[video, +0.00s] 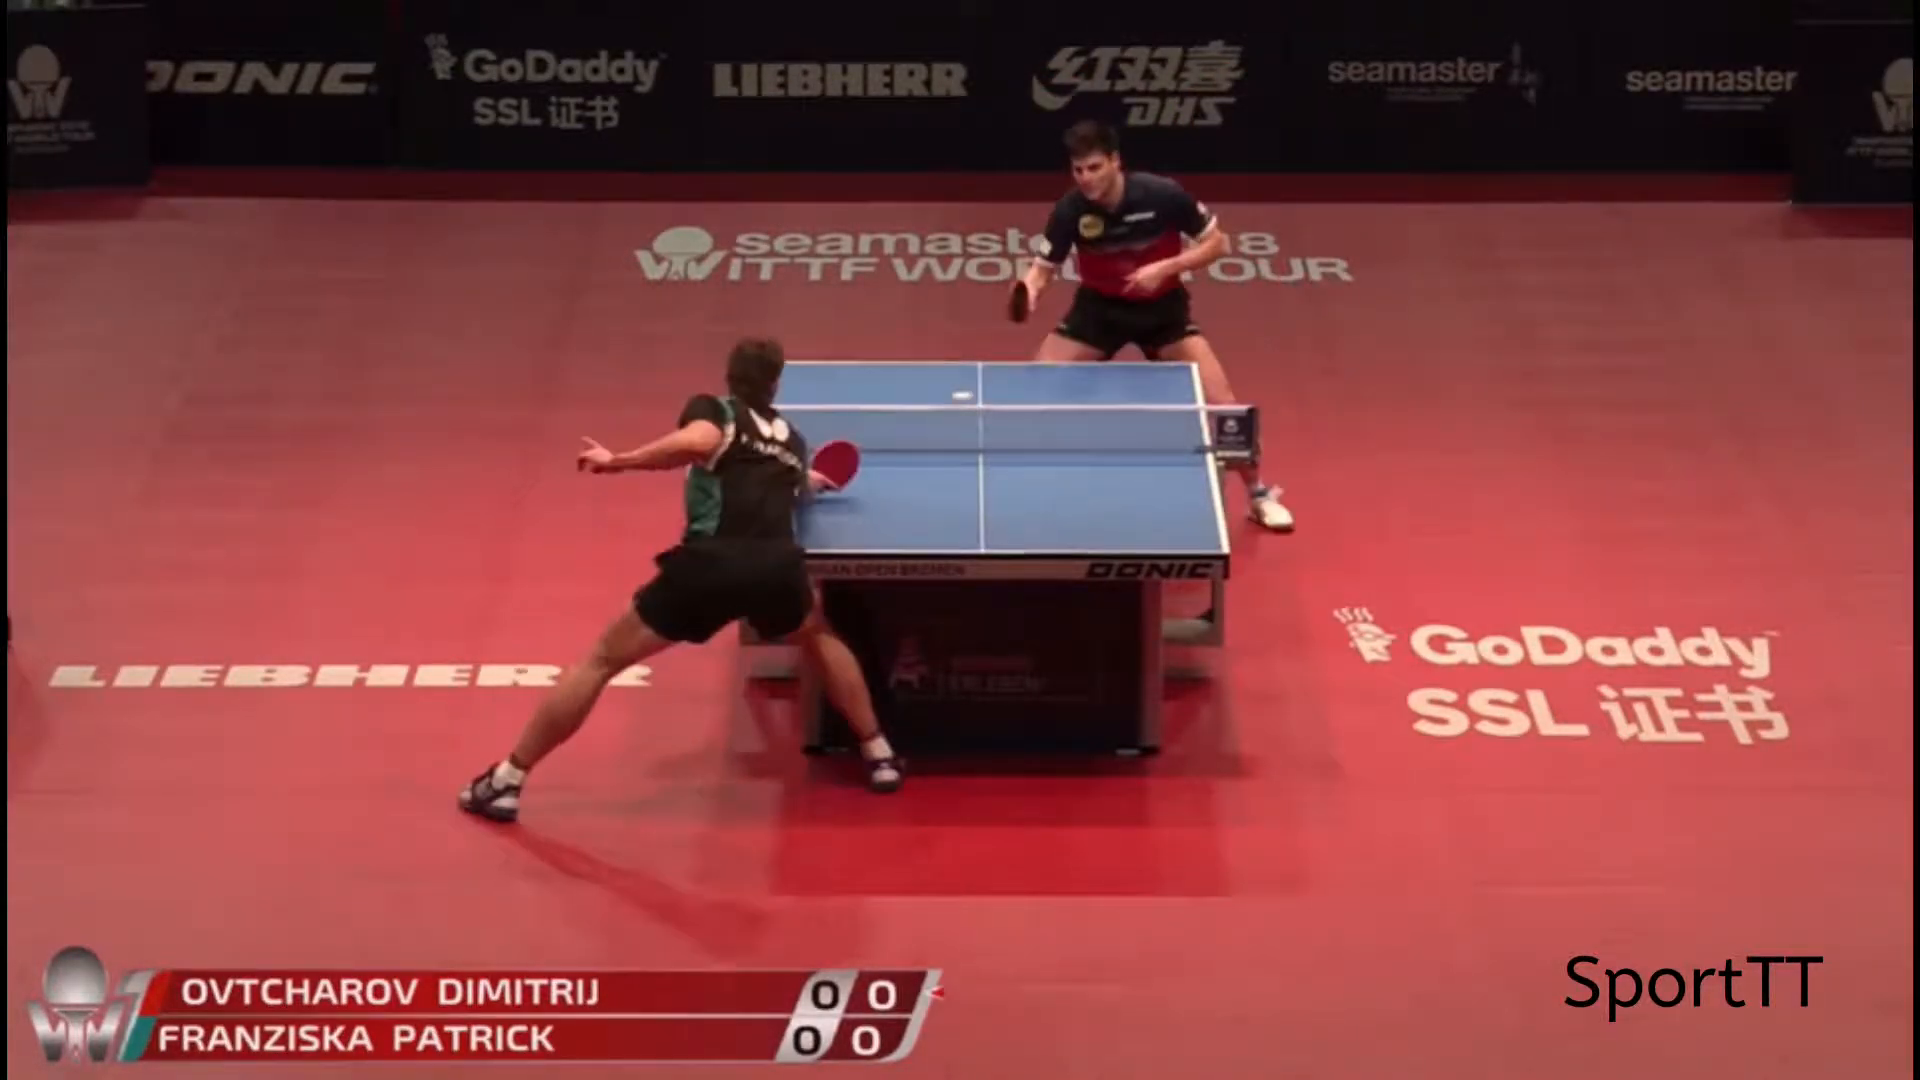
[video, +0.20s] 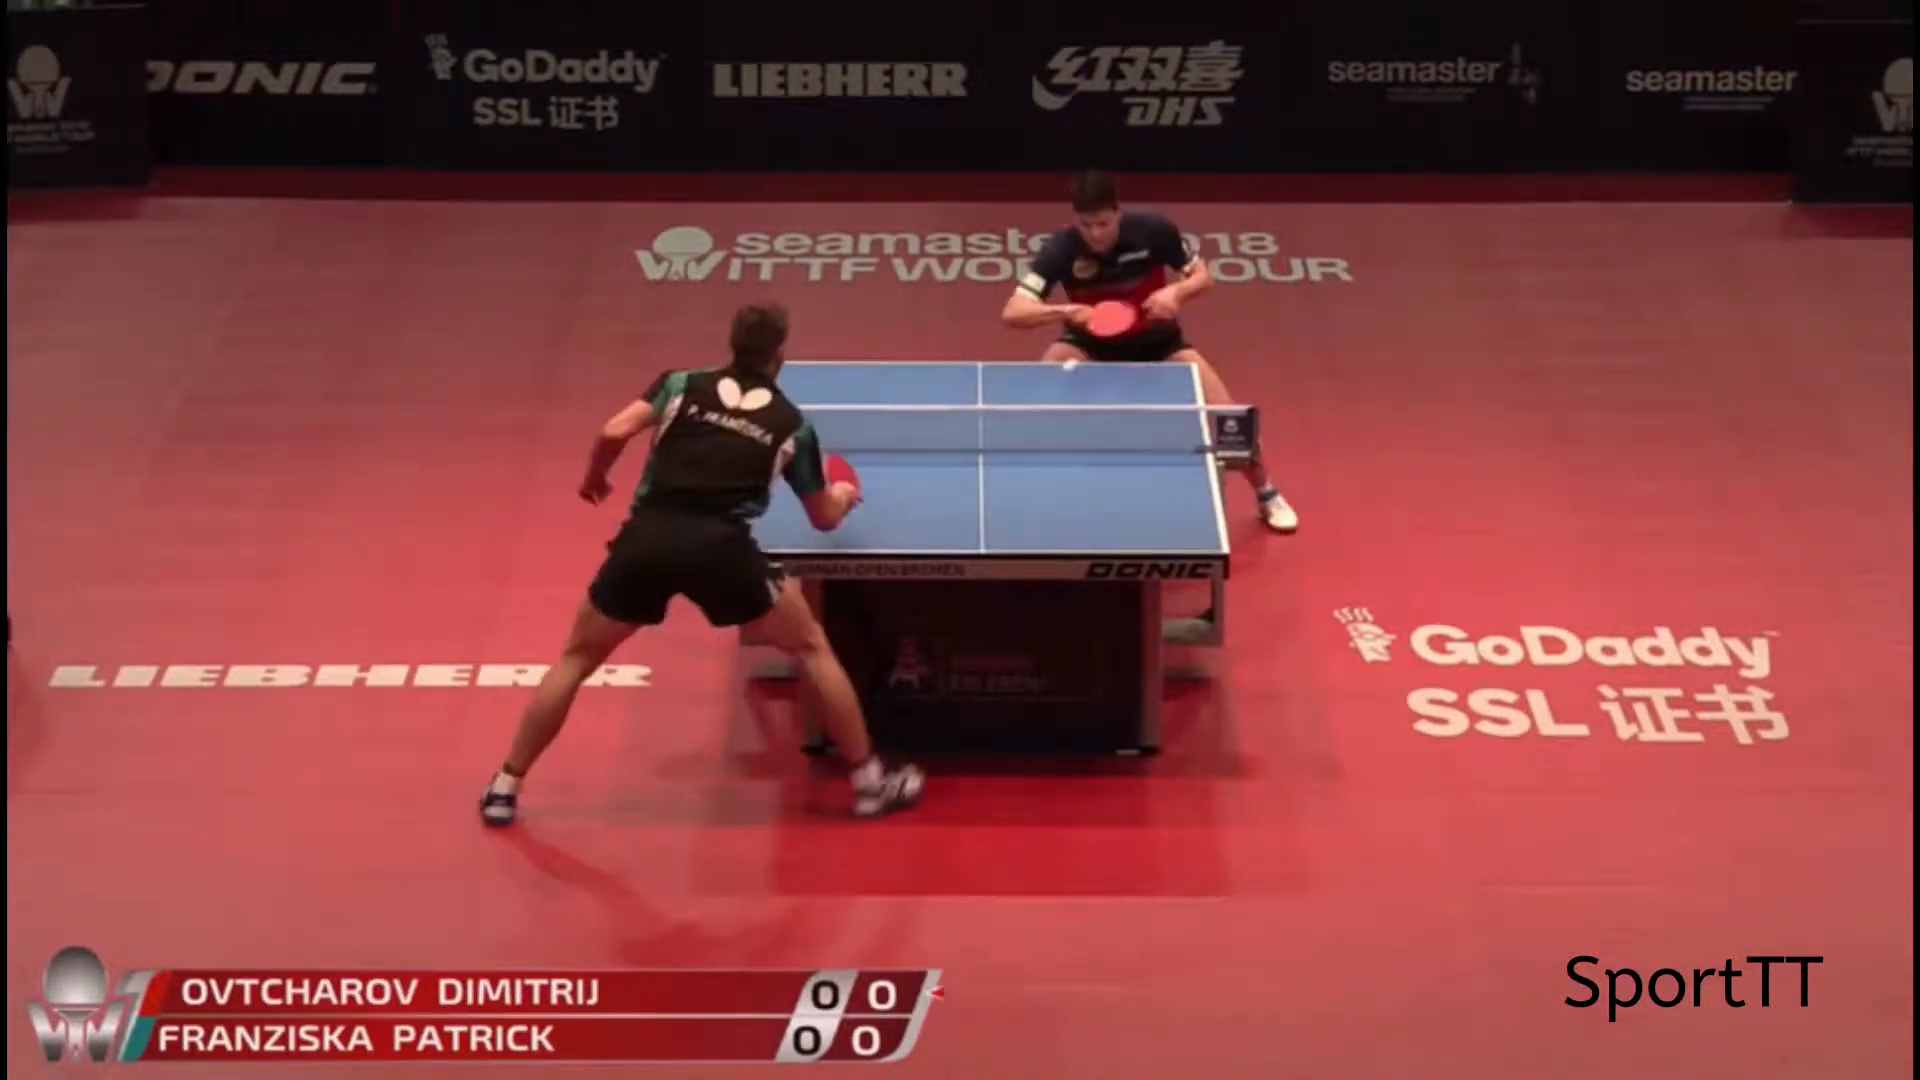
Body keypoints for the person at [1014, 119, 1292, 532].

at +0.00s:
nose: (1084, 179)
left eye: (1093, 168)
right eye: (1078, 170)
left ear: (1116, 162)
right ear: (1071, 170)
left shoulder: (1162, 195)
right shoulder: (1071, 210)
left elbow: (1216, 242)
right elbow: (1043, 267)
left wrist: (1164, 268)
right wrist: (1028, 291)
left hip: (1163, 314)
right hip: (1097, 313)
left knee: (1221, 401)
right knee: (1039, 388)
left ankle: (1259, 494)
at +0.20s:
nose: (1096, 232)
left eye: (1104, 223)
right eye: (1088, 225)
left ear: (1119, 211)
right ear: (1076, 218)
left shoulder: (1152, 231)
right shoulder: (1063, 247)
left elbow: (1201, 275)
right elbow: (1012, 313)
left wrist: (1173, 293)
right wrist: (1063, 313)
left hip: (1157, 342)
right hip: (1089, 344)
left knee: (1218, 402)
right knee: (1052, 368)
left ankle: (1266, 493)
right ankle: (1040, 487)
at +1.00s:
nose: (1097, 181)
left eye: (1105, 171)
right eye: (1089, 172)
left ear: (1123, 167)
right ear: (1079, 173)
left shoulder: (1159, 204)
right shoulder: (1068, 210)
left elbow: (1205, 250)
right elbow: (1016, 261)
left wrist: (1185, 264)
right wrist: (1033, 267)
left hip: (1146, 315)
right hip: (1081, 314)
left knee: (1202, 393)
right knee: (1020, 382)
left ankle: (1273, 475)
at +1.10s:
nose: (1066, 165)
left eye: (1074, 155)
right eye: (1058, 157)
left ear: (1091, 152)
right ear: (1047, 159)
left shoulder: (1124, 185)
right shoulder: (1039, 194)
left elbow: (1173, 239)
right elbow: (988, 248)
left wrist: (1135, 247)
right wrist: (1005, 252)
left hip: (1121, 293)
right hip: (1055, 291)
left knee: (1189, 370)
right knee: (972, 351)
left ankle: (1256, 468)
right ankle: (961, 462)